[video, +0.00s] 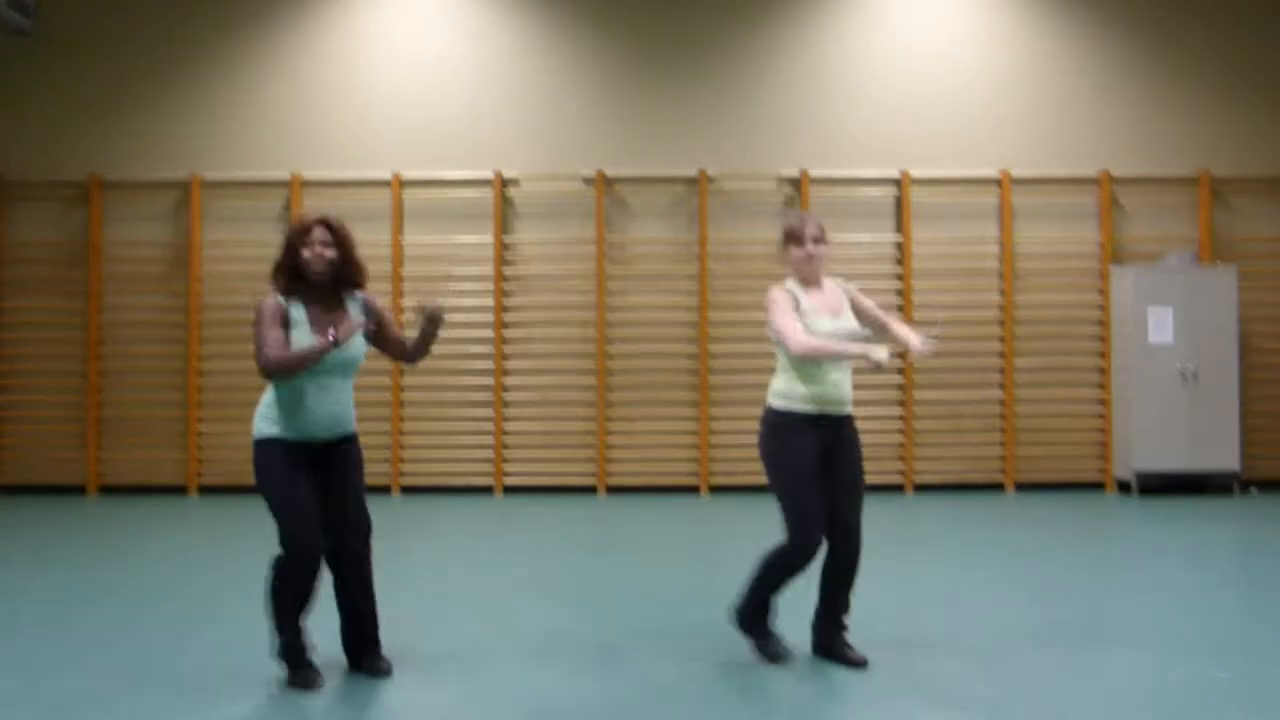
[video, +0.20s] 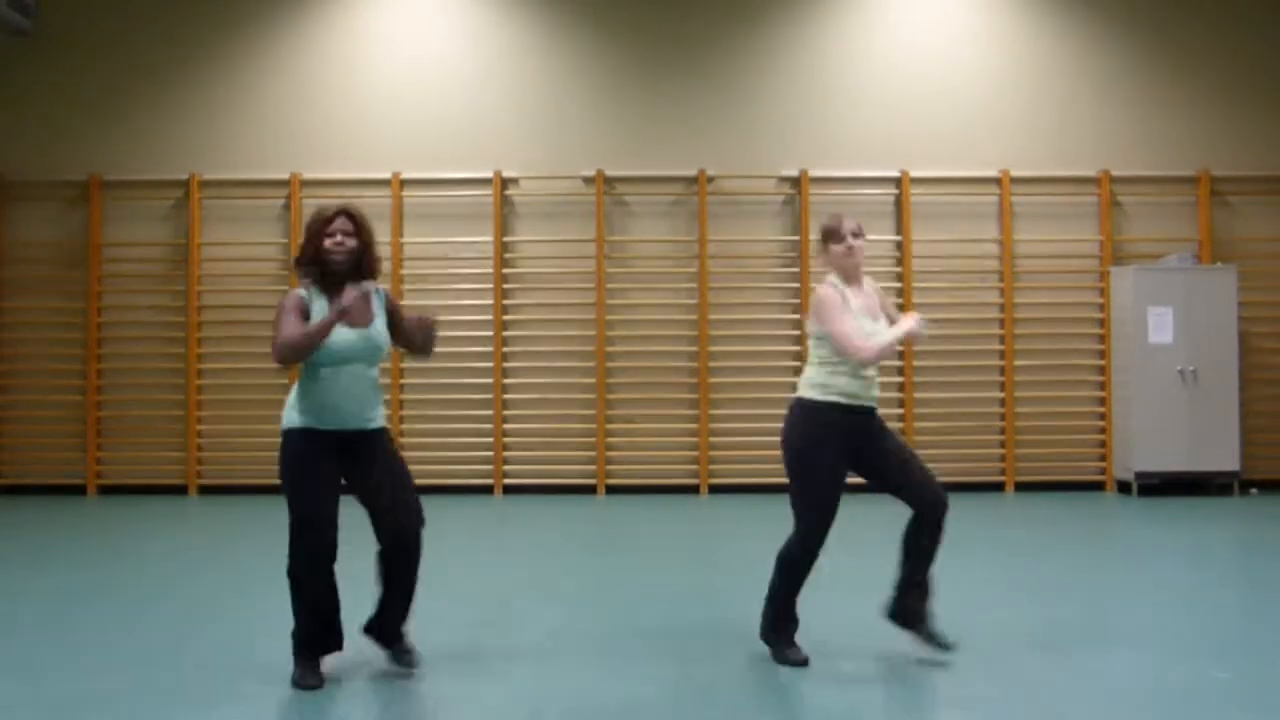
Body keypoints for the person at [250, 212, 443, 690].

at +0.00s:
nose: (319, 253)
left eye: (328, 245)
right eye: (309, 245)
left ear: (343, 254)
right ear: (294, 255)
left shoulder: (362, 305)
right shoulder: (276, 304)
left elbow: (406, 353)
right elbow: (270, 364)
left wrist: (428, 332)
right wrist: (321, 348)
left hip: (338, 443)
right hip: (282, 444)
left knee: (353, 546)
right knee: (303, 547)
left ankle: (364, 650)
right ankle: (289, 637)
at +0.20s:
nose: (339, 241)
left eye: (348, 235)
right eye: (330, 235)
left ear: (363, 245)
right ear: (314, 247)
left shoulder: (379, 297)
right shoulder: (302, 297)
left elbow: (416, 345)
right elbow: (284, 351)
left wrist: (422, 331)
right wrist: (332, 319)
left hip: (367, 436)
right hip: (309, 436)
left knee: (405, 525)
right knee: (313, 545)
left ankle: (389, 626)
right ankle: (308, 655)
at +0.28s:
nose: (349, 231)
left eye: (357, 225)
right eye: (338, 225)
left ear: (373, 238)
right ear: (323, 239)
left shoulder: (389, 285)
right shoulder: (313, 285)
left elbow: (451, 306)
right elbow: (298, 309)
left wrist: (461, 275)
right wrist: (347, 265)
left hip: (383, 425)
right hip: (325, 428)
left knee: (418, 520)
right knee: (320, 537)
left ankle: (436, 624)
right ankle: (309, 654)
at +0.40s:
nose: (361, 238)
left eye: (370, 231)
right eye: (352, 232)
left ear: (384, 241)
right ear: (336, 245)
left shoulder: (407, 283)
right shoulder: (331, 294)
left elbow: (467, 252)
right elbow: (314, 268)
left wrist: (511, 214)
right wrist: (368, 217)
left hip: (412, 431)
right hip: (351, 432)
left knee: (442, 538)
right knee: (331, 543)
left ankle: (493, 637)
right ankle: (310, 658)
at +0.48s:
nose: (370, 247)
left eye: (380, 240)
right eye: (362, 241)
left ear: (394, 250)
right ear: (350, 254)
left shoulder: (420, 286)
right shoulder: (347, 307)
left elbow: (479, 249)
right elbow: (327, 273)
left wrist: (522, 210)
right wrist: (358, 232)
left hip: (439, 437)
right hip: (379, 440)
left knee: (460, 545)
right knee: (352, 543)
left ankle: (495, 646)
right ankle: (314, 655)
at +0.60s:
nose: (376, 268)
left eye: (386, 260)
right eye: (368, 263)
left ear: (405, 268)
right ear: (359, 277)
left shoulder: (435, 306)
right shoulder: (357, 330)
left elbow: (490, 303)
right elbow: (317, 353)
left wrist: (500, 292)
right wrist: (364, 316)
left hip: (465, 437)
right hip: (411, 451)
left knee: (483, 543)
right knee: (416, 542)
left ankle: (494, 648)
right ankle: (376, 615)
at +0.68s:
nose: (387, 284)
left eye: (396, 275)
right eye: (378, 277)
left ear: (413, 280)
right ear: (368, 288)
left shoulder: (444, 324)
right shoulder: (362, 347)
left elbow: (506, 353)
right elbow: (342, 414)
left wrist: (479, 384)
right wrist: (377, 389)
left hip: (472, 443)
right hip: (420, 461)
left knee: (491, 546)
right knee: (453, 552)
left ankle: (497, 647)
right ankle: (435, 614)